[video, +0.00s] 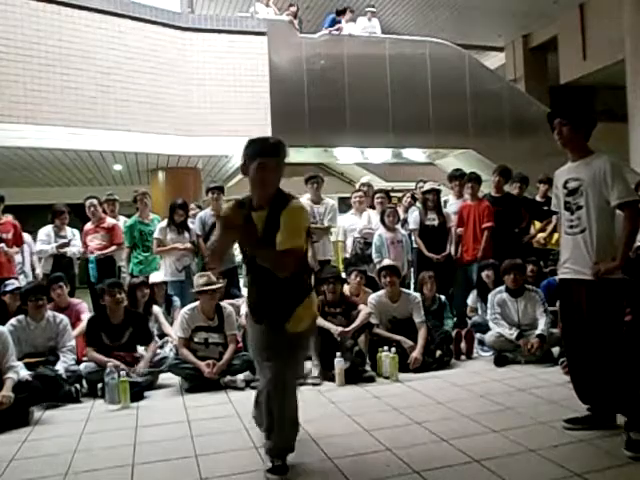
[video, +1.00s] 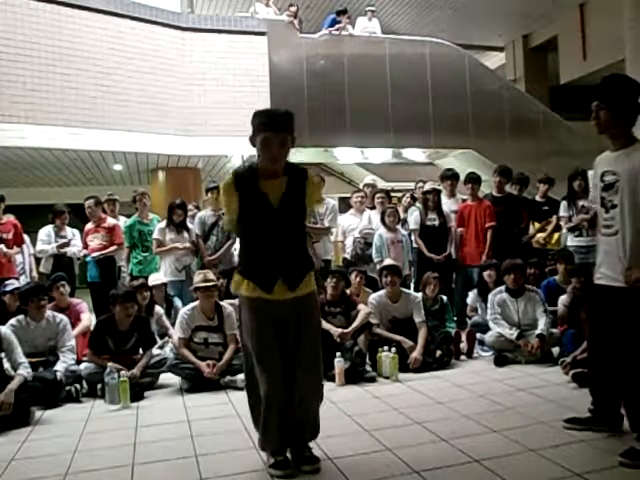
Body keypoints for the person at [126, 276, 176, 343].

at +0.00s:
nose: (144, 292)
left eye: (146, 288)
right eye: (140, 289)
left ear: (150, 290)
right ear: (133, 292)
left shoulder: (154, 309)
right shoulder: (127, 311)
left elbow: (166, 327)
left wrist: (176, 339)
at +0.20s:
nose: (144, 292)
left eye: (146, 288)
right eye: (140, 289)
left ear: (150, 290)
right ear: (134, 293)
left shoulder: (155, 309)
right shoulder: (128, 312)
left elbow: (166, 328)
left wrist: (177, 341)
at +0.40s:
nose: (144, 292)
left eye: (147, 288)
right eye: (140, 289)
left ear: (150, 291)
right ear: (134, 293)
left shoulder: (155, 310)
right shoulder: (127, 311)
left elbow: (166, 330)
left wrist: (176, 340)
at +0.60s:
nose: (145, 293)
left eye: (147, 289)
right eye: (141, 291)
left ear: (151, 291)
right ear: (134, 294)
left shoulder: (156, 310)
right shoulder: (129, 312)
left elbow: (165, 331)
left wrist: (173, 338)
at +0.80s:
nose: (145, 294)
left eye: (147, 290)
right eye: (141, 291)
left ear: (151, 292)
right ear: (135, 294)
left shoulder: (157, 310)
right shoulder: (132, 311)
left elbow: (166, 332)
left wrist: (173, 338)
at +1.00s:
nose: (144, 295)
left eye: (146, 291)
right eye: (140, 293)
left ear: (150, 293)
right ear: (135, 295)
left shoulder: (156, 310)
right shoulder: (132, 312)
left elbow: (168, 328)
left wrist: (176, 340)